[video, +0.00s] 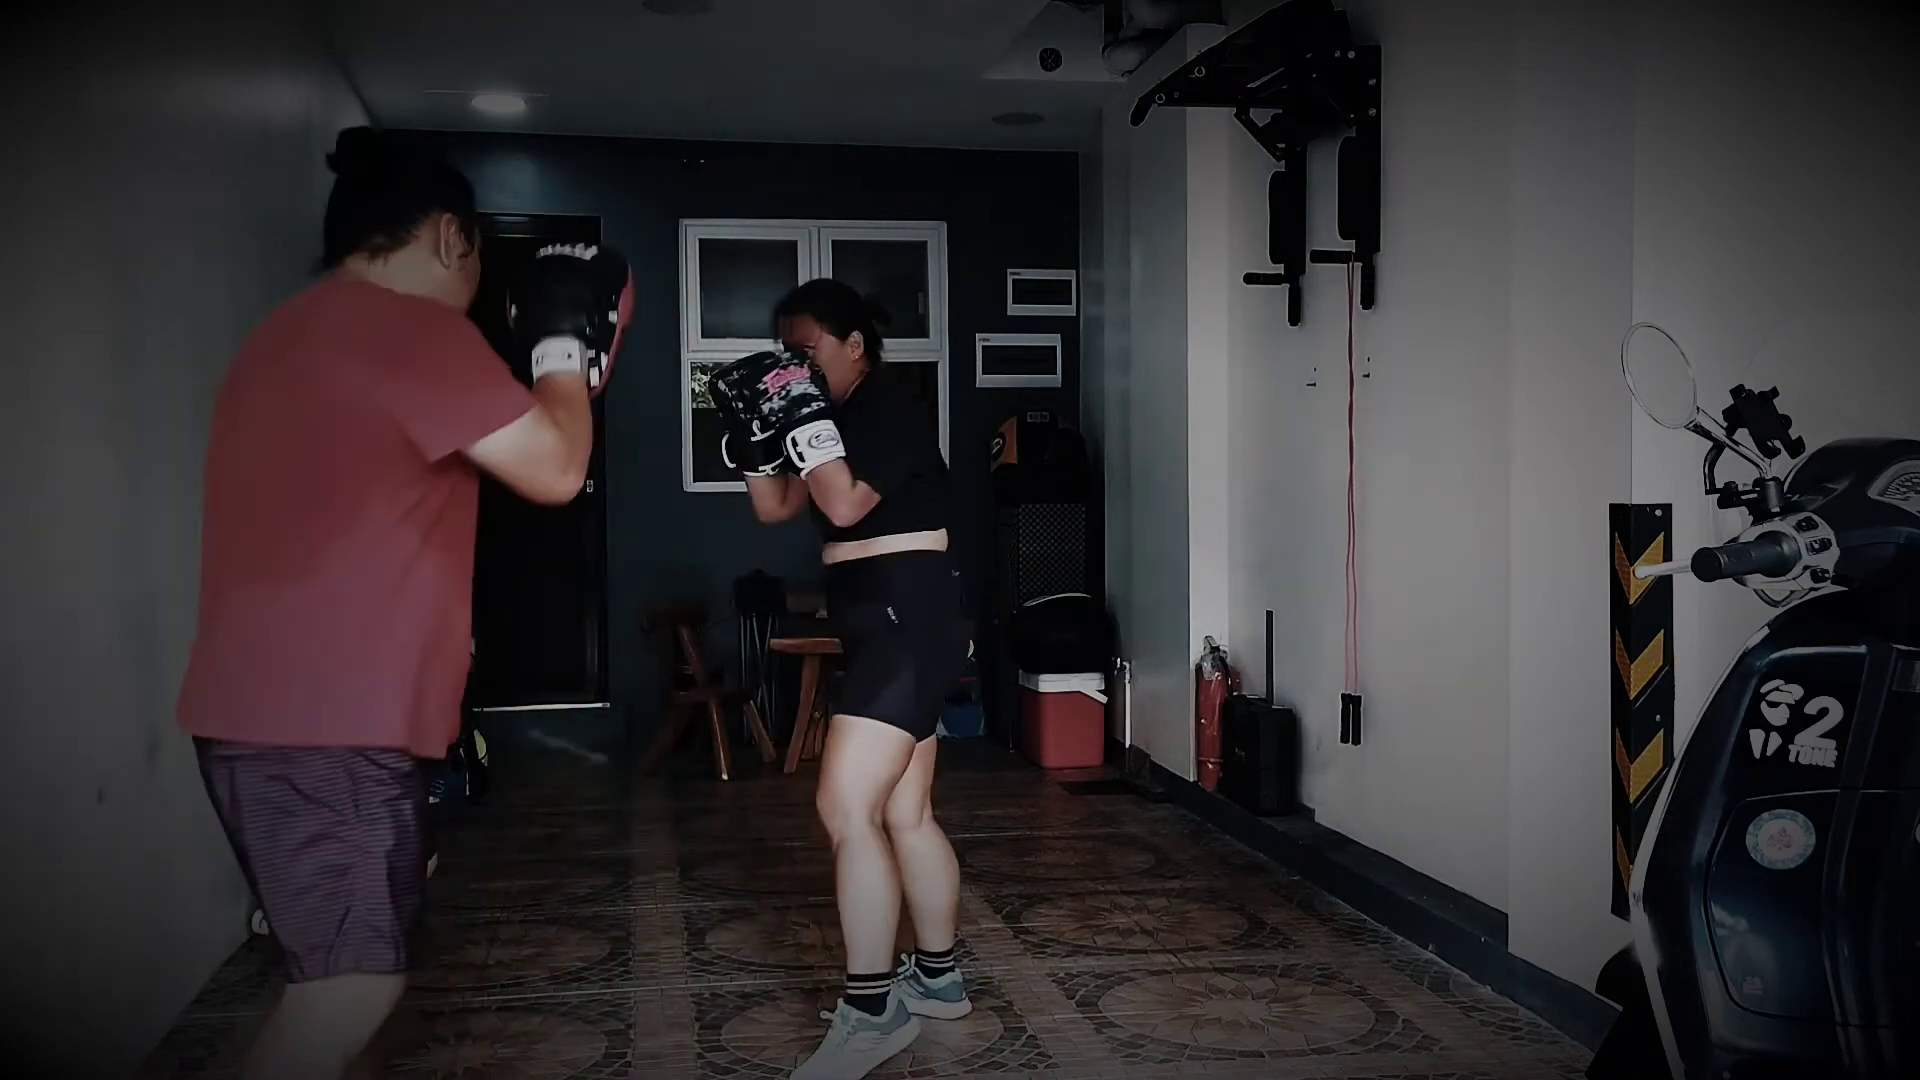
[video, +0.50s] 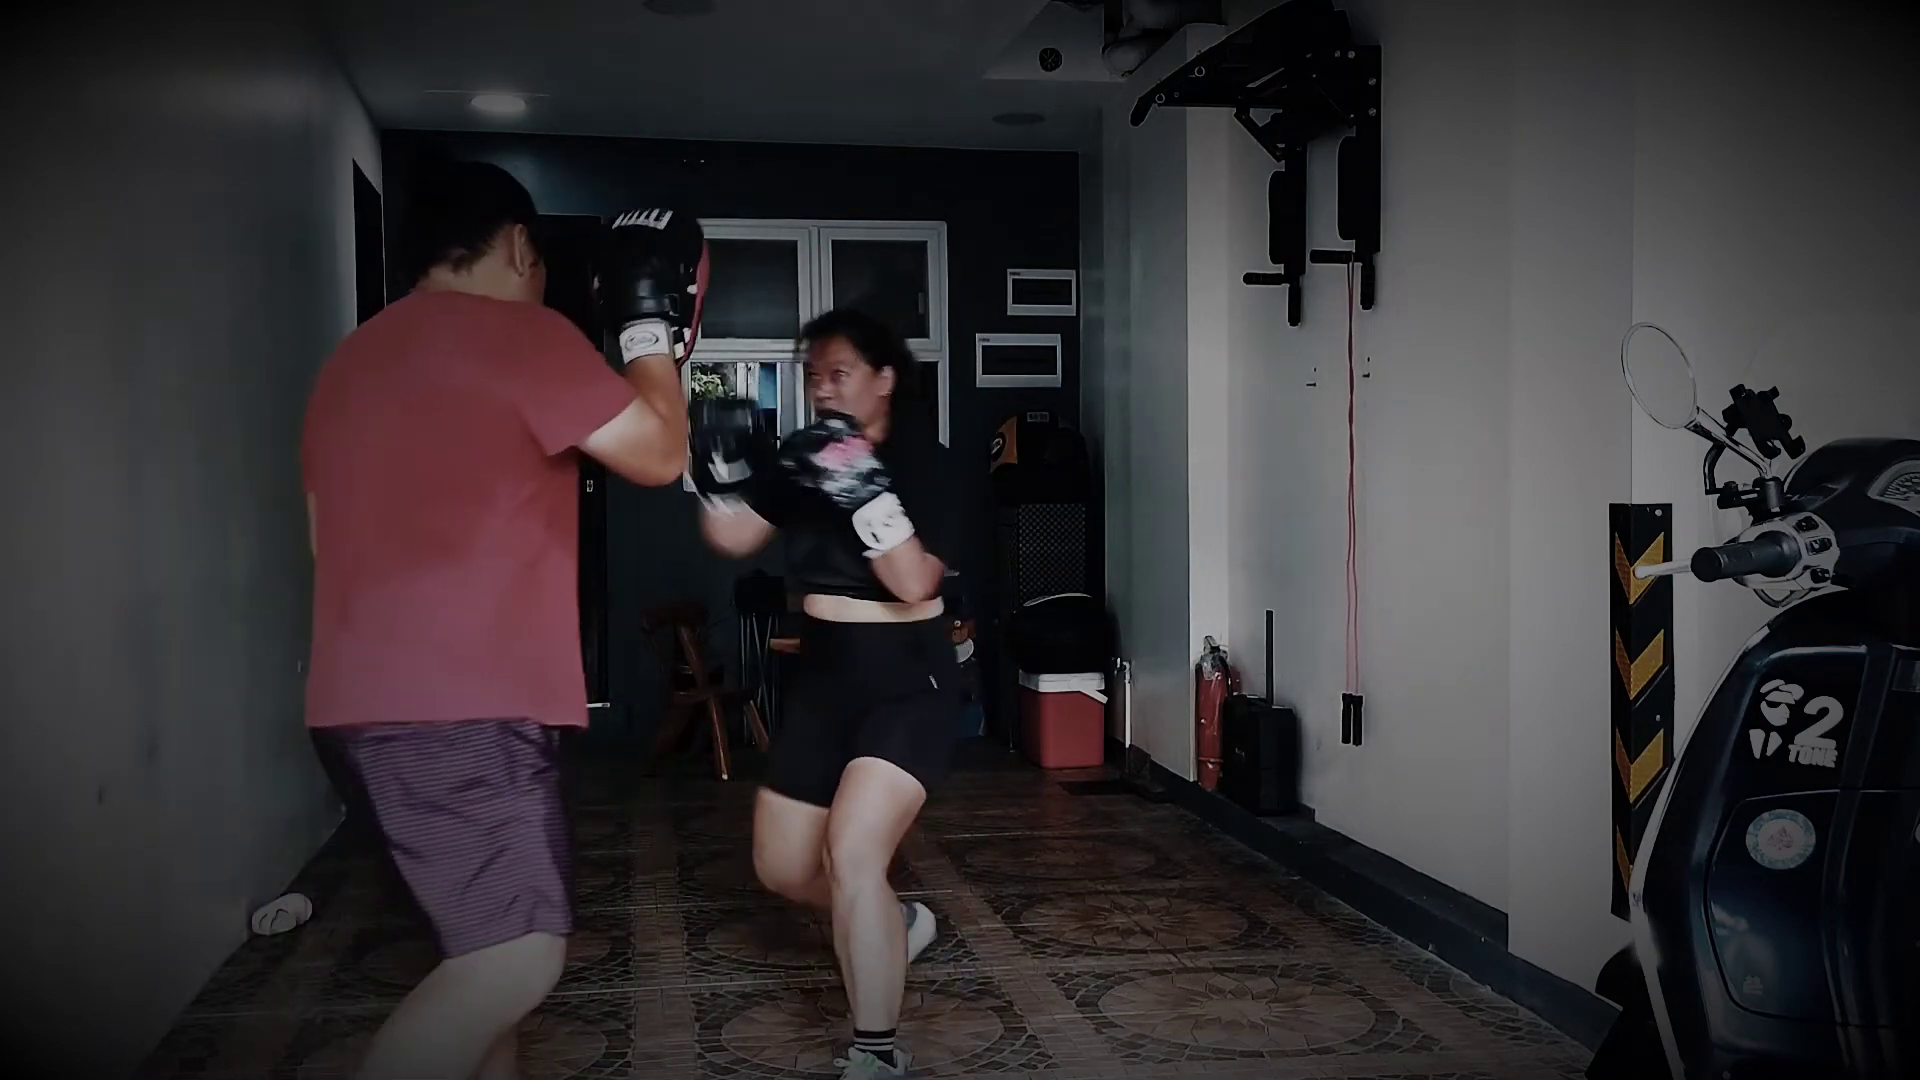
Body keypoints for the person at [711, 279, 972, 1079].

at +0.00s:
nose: (800, 366)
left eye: (809, 349)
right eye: (794, 355)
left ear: (853, 340)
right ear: (822, 355)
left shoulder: (897, 397)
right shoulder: (835, 412)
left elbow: (845, 504)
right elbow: (772, 507)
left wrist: (802, 416)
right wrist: (755, 432)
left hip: (909, 620)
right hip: (884, 622)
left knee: (845, 807)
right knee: (909, 815)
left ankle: (868, 1009)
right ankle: (940, 976)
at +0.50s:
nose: (824, 390)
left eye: (841, 375)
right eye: (815, 377)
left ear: (889, 380)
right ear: (807, 386)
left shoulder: (930, 465)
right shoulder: (801, 464)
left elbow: (917, 585)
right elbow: (734, 540)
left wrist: (866, 492)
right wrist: (720, 471)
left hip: (910, 679)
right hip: (821, 674)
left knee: (855, 849)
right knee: (785, 866)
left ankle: (874, 1054)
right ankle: (906, 926)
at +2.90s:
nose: (767, 383)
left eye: (782, 363)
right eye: (761, 366)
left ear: (840, 364)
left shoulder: (867, 442)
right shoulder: (796, 447)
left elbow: (789, 544)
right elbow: (755, 552)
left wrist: (715, 469)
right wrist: (702, 473)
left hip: (878, 697)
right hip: (804, 687)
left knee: (771, 897)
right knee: (783, 864)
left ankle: (837, 1072)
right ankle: (881, 991)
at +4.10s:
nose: (1031, 331)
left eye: (1040, 319)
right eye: (1036, 317)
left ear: (1072, 335)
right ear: (1123, 336)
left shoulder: (1034, 420)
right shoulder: (1165, 424)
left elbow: (959, 535)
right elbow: (1123, 526)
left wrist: (945, 462)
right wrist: (999, 448)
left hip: (1068, 683)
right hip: (1169, 682)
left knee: (973, 868)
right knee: (1197, 890)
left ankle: (1011, 1059)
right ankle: (1276, 1064)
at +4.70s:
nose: (987, 344)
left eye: (992, 331)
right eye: (989, 330)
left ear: (1012, 335)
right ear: (1078, 332)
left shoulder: (983, 418)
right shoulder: (1122, 421)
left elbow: (896, 506)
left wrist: (918, 431)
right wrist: (970, 415)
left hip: (1012, 677)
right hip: (1117, 672)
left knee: (930, 877)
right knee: (1164, 884)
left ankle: (878, 1061)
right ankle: (1260, 1056)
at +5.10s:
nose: (931, 382)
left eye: (932, 370)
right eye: (933, 369)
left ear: (947, 373)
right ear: (1016, 367)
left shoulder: (930, 447)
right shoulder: (1076, 448)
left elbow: (872, 568)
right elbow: (1089, 570)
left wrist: (843, 517)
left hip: (924, 684)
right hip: (1033, 695)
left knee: (843, 801)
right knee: (1080, 884)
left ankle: (818, 961)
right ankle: (1119, 1059)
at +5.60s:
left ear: (780, 335)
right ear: (863, 336)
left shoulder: (734, 420)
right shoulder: (903, 417)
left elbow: (718, 549)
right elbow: (936, 529)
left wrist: (790, 518)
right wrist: (858, 511)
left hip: (753, 661)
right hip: (860, 667)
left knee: (743, 864)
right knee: (850, 909)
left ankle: (717, 1052)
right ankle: (802, 1072)